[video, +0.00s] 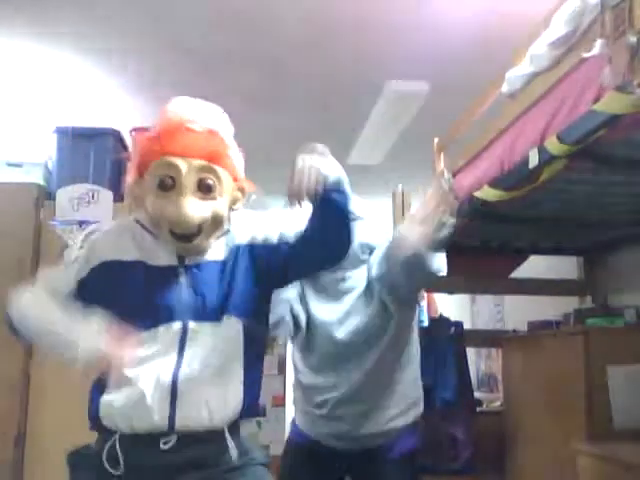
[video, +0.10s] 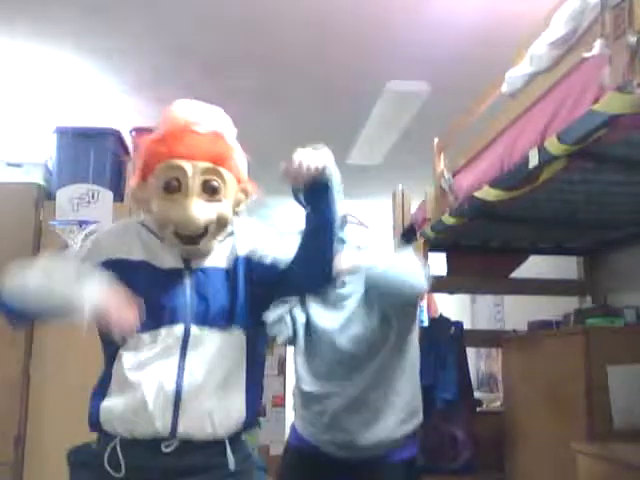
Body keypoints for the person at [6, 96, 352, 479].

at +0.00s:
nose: (185, 204)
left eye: (205, 187)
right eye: (166, 184)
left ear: (233, 197)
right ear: (139, 191)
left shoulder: (250, 259)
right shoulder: (109, 258)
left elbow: (325, 250)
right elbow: (28, 307)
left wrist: (328, 185)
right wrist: (98, 339)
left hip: (221, 456)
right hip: (127, 459)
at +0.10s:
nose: (191, 208)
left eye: (211, 189)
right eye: (172, 187)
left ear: (238, 197)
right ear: (142, 192)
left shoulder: (248, 262)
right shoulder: (113, 251)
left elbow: (312, 274)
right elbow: (16, 291)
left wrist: (318, 194)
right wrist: (91, 291)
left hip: (220, 459)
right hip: (128, 457)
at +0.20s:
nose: (193, 207)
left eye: (214, 189)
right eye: (175, 186)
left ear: (241, 200)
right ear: (148, 192)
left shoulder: (242, 268)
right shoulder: (114, 254)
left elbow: (294, 303)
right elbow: (12, 274)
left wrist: (308, 214)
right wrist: (86, 267)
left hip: (224, 460)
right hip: (133, 459)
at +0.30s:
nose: (193, 214)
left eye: (215, 194)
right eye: (176, 191)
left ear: (241, 208)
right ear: (148, 199)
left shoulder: (232, 280)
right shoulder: (111, 266)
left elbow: (260, 352)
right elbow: (15, 244)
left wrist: (267, 270)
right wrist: (79, 201)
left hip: (224, 464)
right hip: (132, 464)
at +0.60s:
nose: (173, 214)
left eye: (195, 198)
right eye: (157, 193)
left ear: (220, 208)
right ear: (129, 196)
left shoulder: (221, 270)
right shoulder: (98, 253)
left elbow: (260, 344)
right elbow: (24, 293)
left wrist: (252, 259)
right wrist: (76, 194)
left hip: (195, 464)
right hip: (102, 463)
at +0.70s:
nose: (166, 219)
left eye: (188, 198)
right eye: (149, 193)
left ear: (213, 211)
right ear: (119, 196)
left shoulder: (211, 271)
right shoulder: (94, 261)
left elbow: (257, 333)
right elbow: (35, 332)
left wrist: (265, 240)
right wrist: (74, 236)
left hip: (177, 460)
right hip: (91, 460)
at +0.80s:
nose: (154, 216)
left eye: (177, 196)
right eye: (137, 190)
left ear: (196, 208)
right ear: (105, 194)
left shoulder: (190, 265)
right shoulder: (71, 256)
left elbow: (233, 296)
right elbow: (31, 366)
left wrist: (252, 211)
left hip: (159, 460)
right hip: (73, 459)